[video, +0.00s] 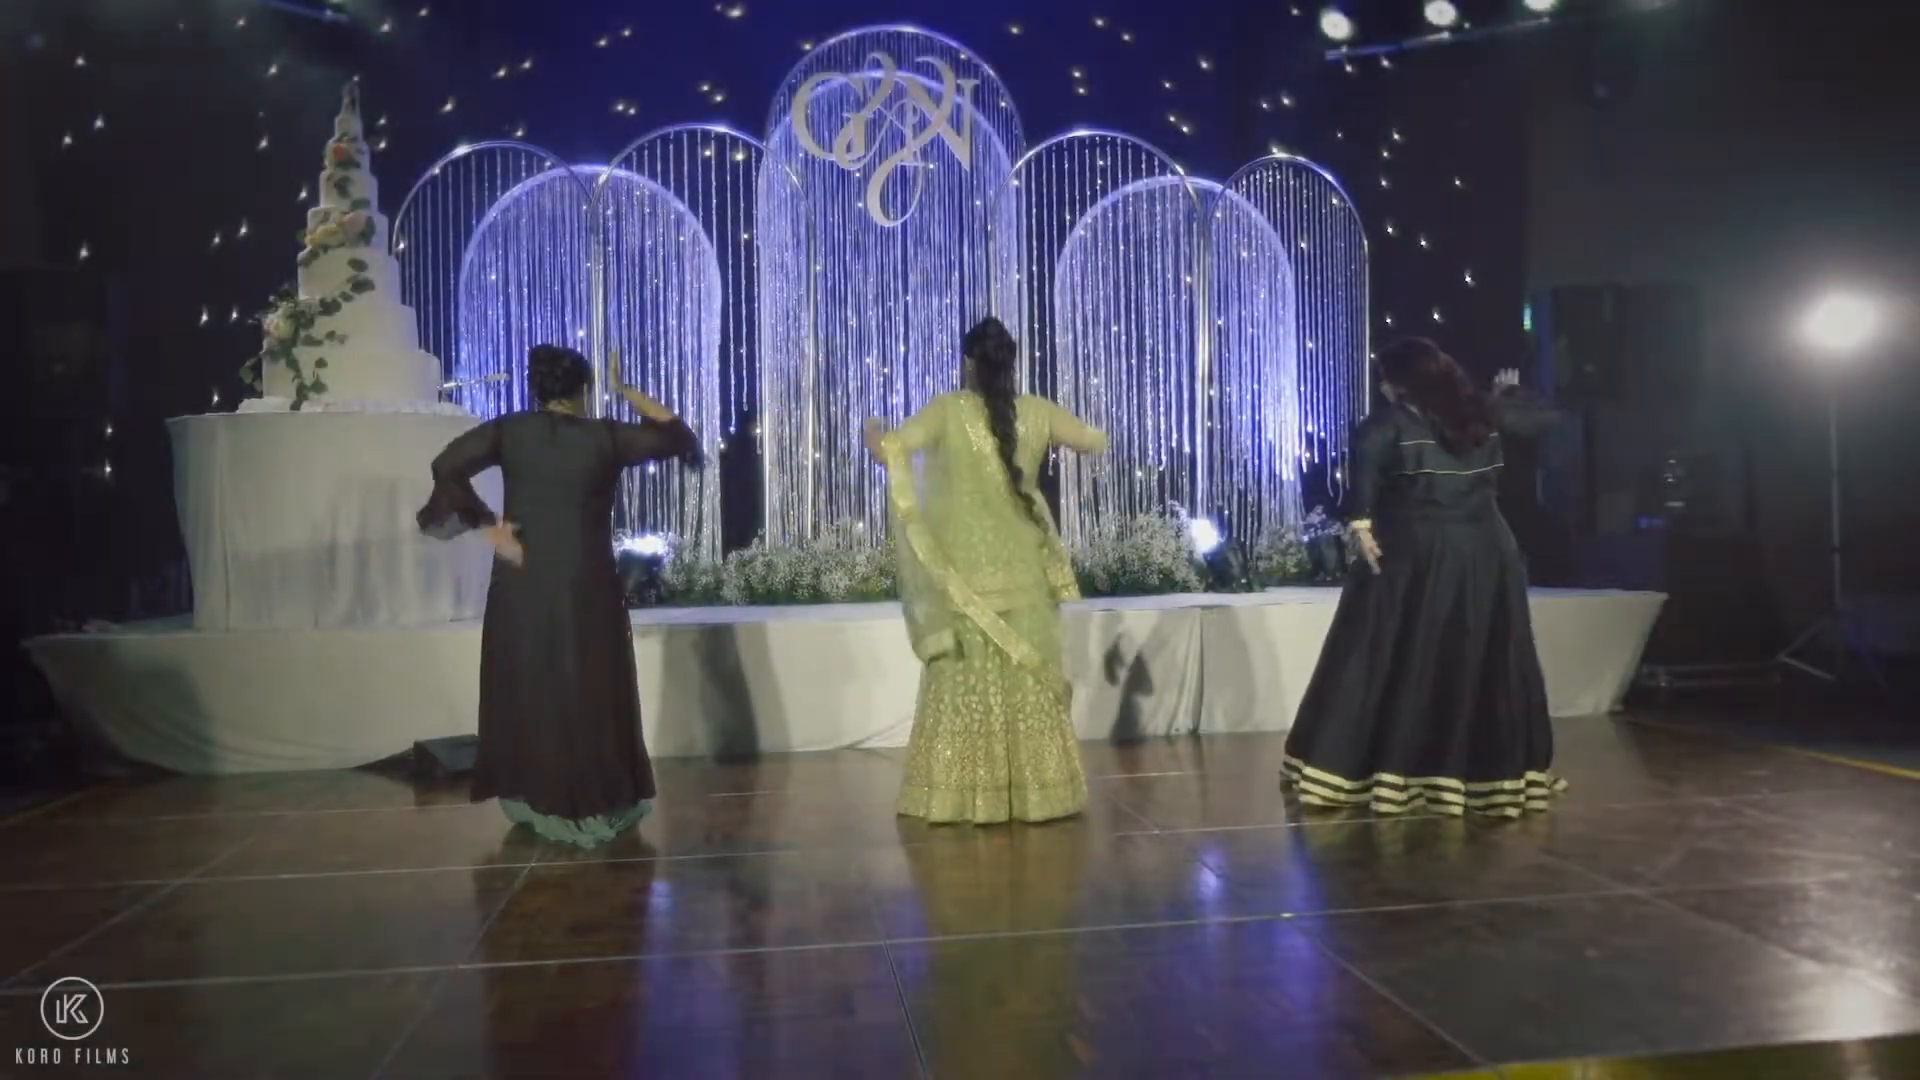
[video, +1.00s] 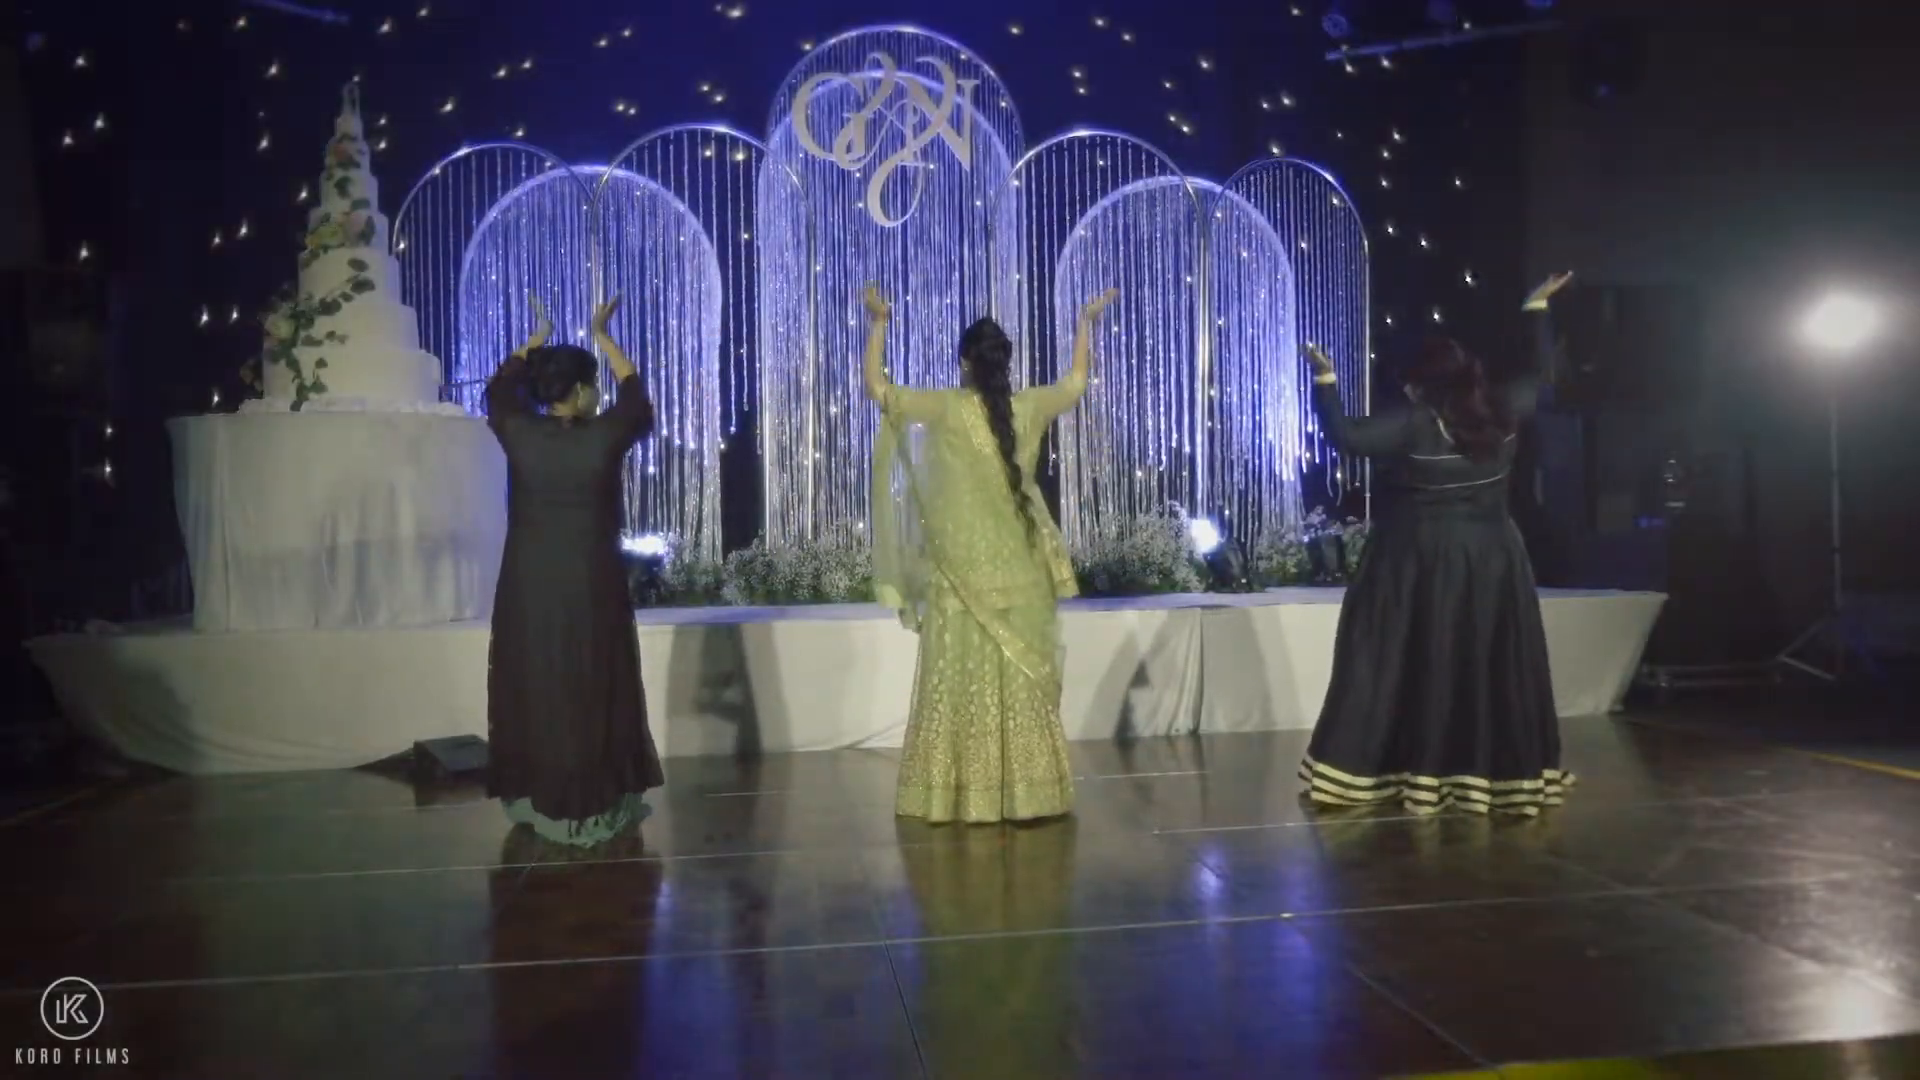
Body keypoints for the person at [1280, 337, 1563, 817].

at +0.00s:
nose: (1380, 390)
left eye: (1382, 382)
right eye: (1380, 382)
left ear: (1397, 384)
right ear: (1440, 373)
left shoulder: (1392, 423)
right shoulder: (1478, 415)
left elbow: (1368, 457)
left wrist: (1360, 518)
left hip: (1424, 551)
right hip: (1487, 547)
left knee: (1410, 661)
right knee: (1483, 660)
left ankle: (1405, 776)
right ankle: (1486, 777)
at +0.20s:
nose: (1388, 390)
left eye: (1391, 382)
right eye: (1387, 382)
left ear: (1407, 385)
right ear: (1448, 376)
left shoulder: (1400, 431)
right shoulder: (1488, 417)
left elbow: (1370, 483)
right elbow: (1547, 394)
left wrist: (1339, 530)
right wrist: (1542, 345)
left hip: (1422, 555)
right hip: (1489, 552)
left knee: (1412, 661)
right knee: (1486, 661)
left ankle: (1408, 776)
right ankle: (1489, 777)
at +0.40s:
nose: (1387, 390)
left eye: (1390, 381)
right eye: (1387, 381)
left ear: (1409, 384)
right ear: (1447, 377)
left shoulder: (1403, 432)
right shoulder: (1485, 419)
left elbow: (1381, 493)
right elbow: (1545, 401)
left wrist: (1350, 547)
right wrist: (1544, 345)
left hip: (1424, 557)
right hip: (1489, 551)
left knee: (1416, 662)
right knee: (1486, 662)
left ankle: (1415, 776)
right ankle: (1492, 777)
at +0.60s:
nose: (1388, 394)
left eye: (1392, 385)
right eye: (1389, 385)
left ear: (1406, 387)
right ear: (1448, 379)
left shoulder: (1407, 429)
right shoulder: (1485, 418)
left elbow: (1372, 477)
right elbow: (1539, 419)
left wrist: (1342, 444)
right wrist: (1511, 381)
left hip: (1425, 552)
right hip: (1489, 546)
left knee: (1419, 660)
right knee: (1487, 660)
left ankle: (1419, 777)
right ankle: (1493, 777)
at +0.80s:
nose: (1399, 391)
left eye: (1403, 384)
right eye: (1399, 384)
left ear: (1413, 387)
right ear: (1459, 377)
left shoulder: (1409, 427)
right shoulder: (1495, 419)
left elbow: (1358, 465)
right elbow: (1542, 416)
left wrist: (1347, 413)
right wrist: (1525, 374)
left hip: (1424, 549)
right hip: (1488, 545)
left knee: (1419, 662)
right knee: (1487, 661)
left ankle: (1418, 781)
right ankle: (1492, 780)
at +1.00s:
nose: (1407, 387)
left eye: (1410, 379)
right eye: (1411, 379)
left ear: (1418, 383)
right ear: (1469, 374)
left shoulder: (1413, 424)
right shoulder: (1502, 409)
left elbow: (1348, 436)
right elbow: (1542, 373)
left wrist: (1326, 383)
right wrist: (1537, 310)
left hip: (1423, 546)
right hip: (1490, 544)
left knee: (1416, 661)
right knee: (1489, 663)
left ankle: (1415, 782)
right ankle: (1493, 782)